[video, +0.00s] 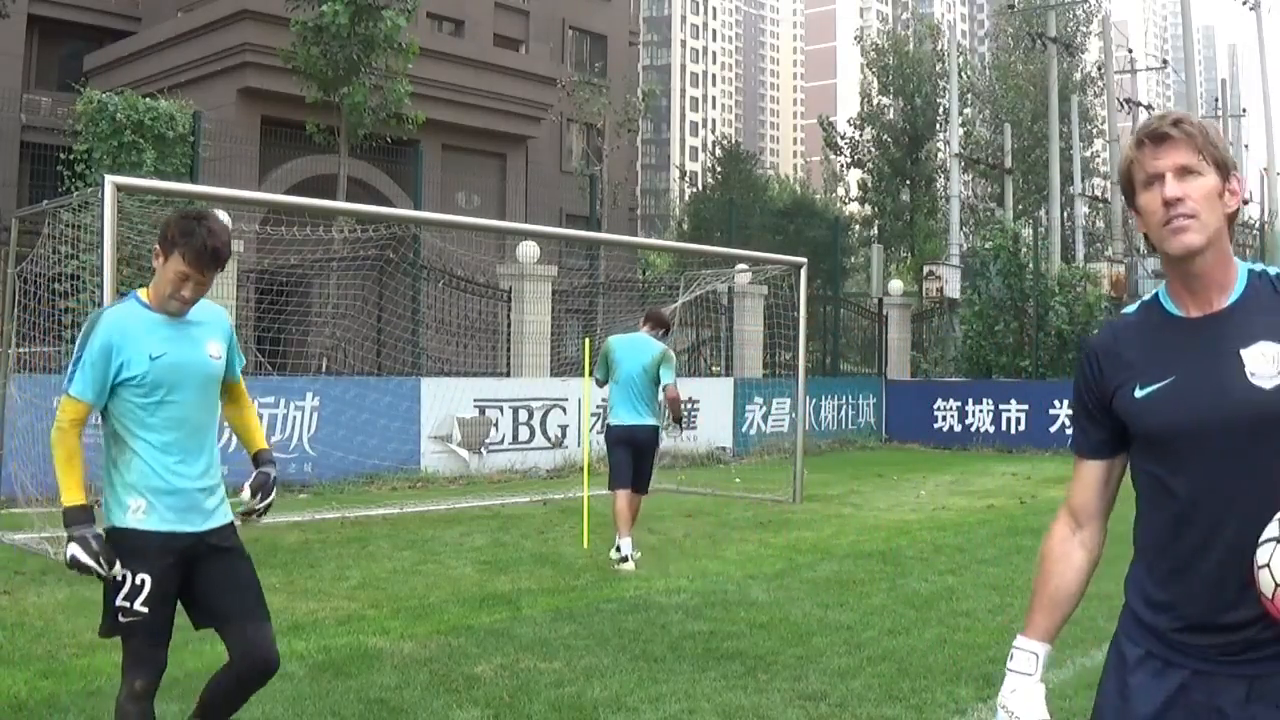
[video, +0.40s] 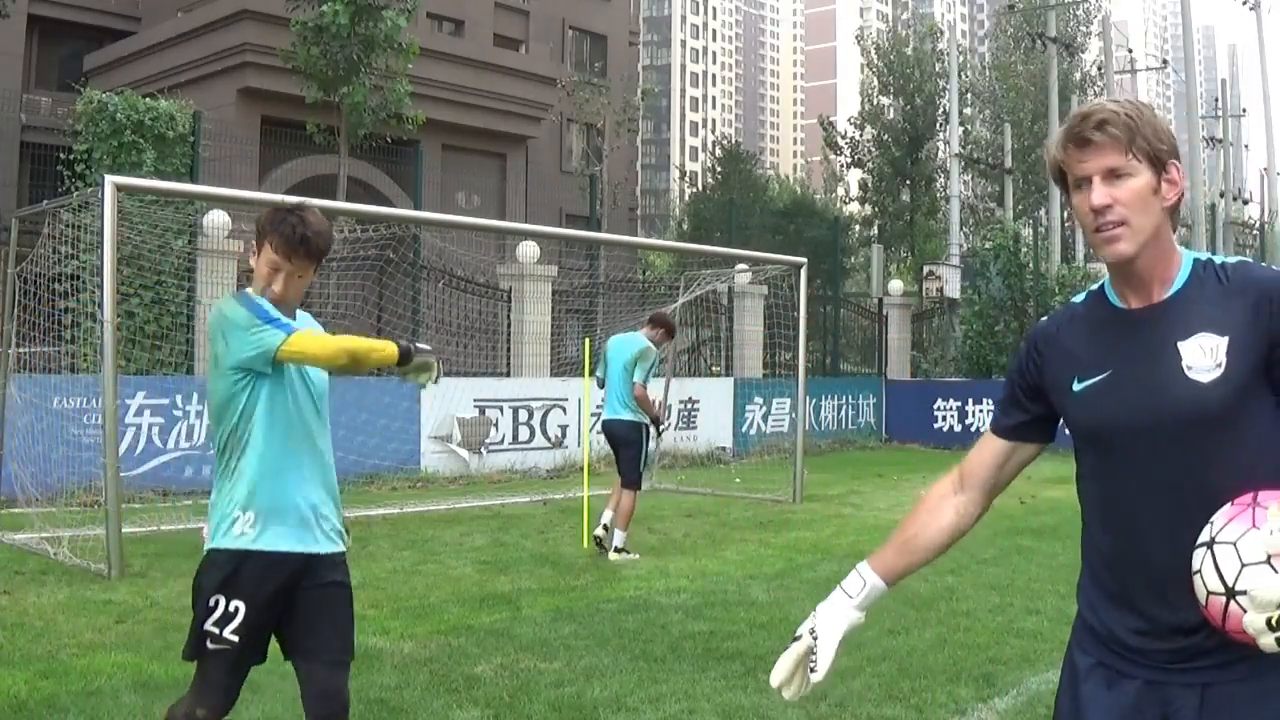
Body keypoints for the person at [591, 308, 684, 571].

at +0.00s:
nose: (657, 336)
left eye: (647, 326)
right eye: (662, 334)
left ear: (642, 322)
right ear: (663, 332)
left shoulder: (612, 342)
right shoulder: (664, 352)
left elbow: (600, 381)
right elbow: (671, 395)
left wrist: (618, 362)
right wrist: (678, 419)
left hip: (617, 428)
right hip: (647, 431)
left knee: (621, 490)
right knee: (637, 492)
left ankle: (627, 554)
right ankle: (620, 546)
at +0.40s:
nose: (662, 345)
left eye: (665, 342)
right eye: (665, 340)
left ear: (647, 326)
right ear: (659, 331)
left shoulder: (613, 341)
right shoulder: (648, 350)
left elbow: (600, 380)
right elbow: (638, 392)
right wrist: (654, 416)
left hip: (609, 422)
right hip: (632, 424)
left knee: (624, 478)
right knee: (630, 487)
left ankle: (604, 525)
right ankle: (617, 548)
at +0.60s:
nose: (662, 345)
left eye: (665, 341)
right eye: (664, 339)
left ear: (650, 328)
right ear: (653, 329)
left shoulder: (627, 342)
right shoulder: (636, 347)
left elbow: (626, 376)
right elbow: (619, 385)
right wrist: (642, 412)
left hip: (619, 418)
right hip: (625, 420)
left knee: (625, 482)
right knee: (630, 484)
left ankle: (622, 535)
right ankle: (618, 545)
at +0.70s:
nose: (660, 341)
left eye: (662, 337)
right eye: (660, 335)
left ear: (651, 331)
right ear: (647, 328)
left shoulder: (641, 351)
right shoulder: (628, 346)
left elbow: (660, 375)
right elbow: (607, 384)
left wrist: (665, 349)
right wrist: (633, 409)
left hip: (630, 421)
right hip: (621, 421)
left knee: (633, 483)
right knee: (633, 484)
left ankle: (623, 537)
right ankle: (618, 544)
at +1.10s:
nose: (649, 325)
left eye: (650, 320)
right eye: (644, 320)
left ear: (652, 322)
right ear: (630, 323)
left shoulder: (653, 343)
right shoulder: (613, 348)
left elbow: (680, 346)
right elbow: (599, 382)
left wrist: (658, 319)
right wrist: (610, 408)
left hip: (644, 420)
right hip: (621, 420)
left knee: (636, 478)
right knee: (629, 478)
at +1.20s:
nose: (647, 324)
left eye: (646, 320)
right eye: (642, 320)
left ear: (646, 323)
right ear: (628, 324)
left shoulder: (651, 342)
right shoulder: (618, 343)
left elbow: (672, 341)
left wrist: (653, 319)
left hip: (644, 414)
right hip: (619, 415)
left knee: (640, 465)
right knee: (619, 463)